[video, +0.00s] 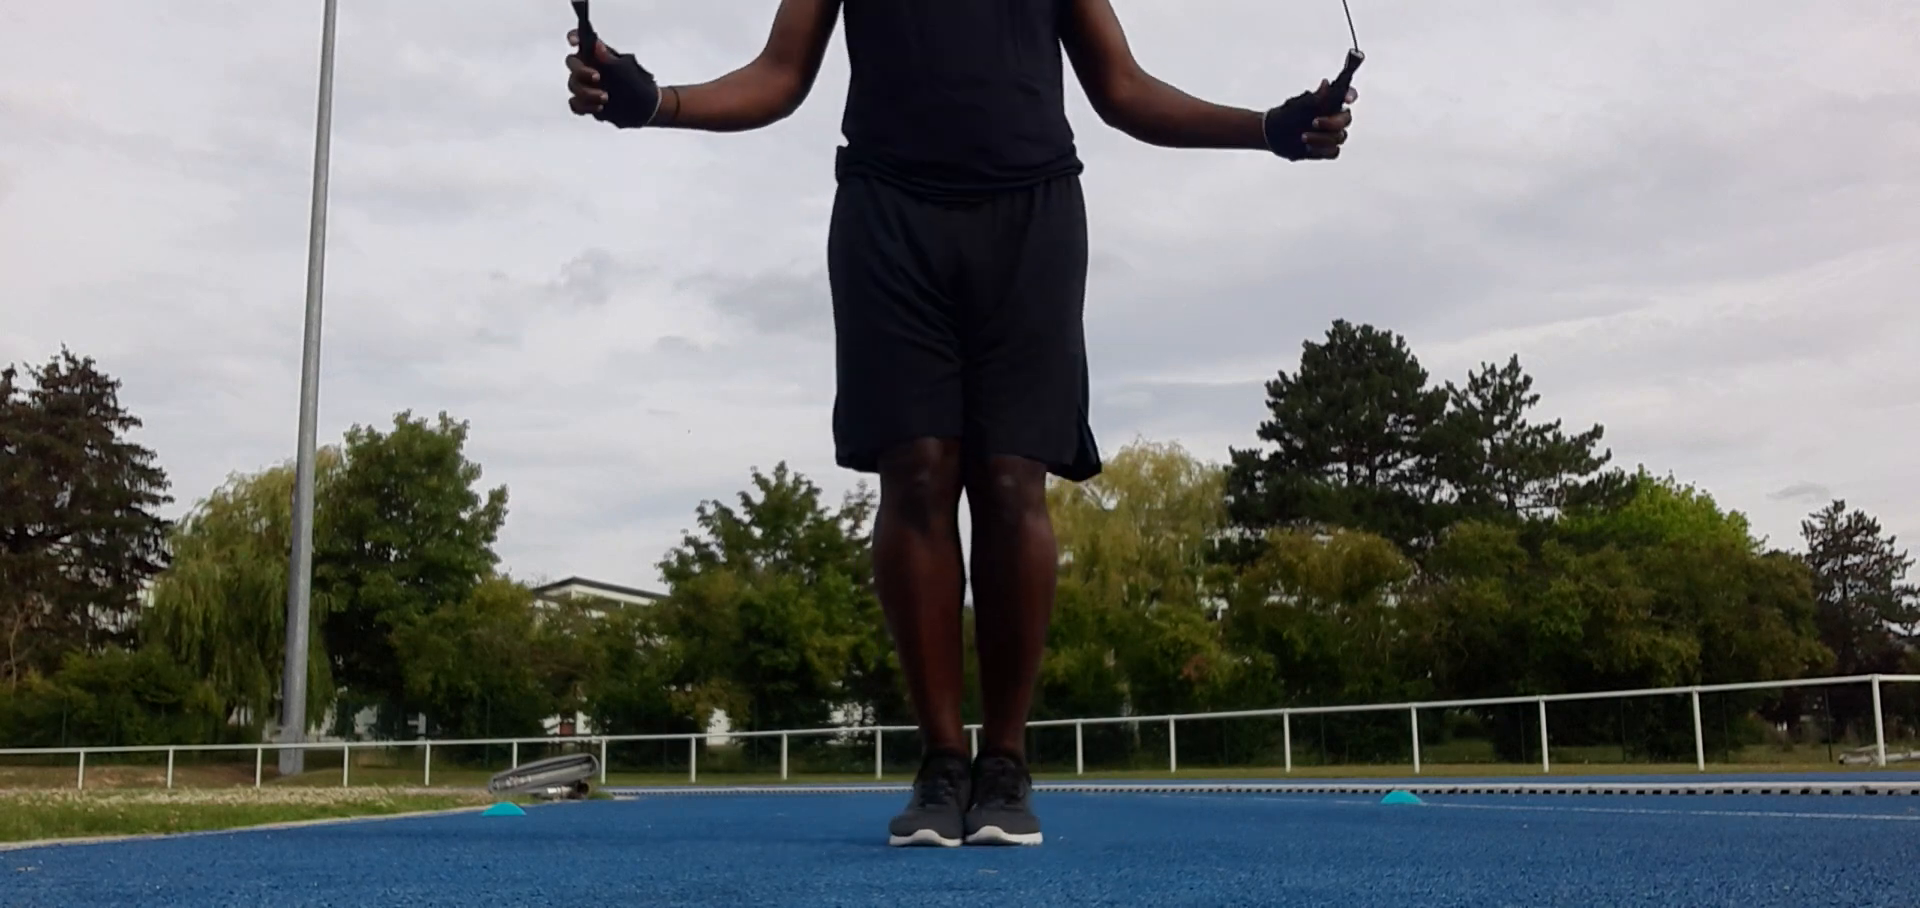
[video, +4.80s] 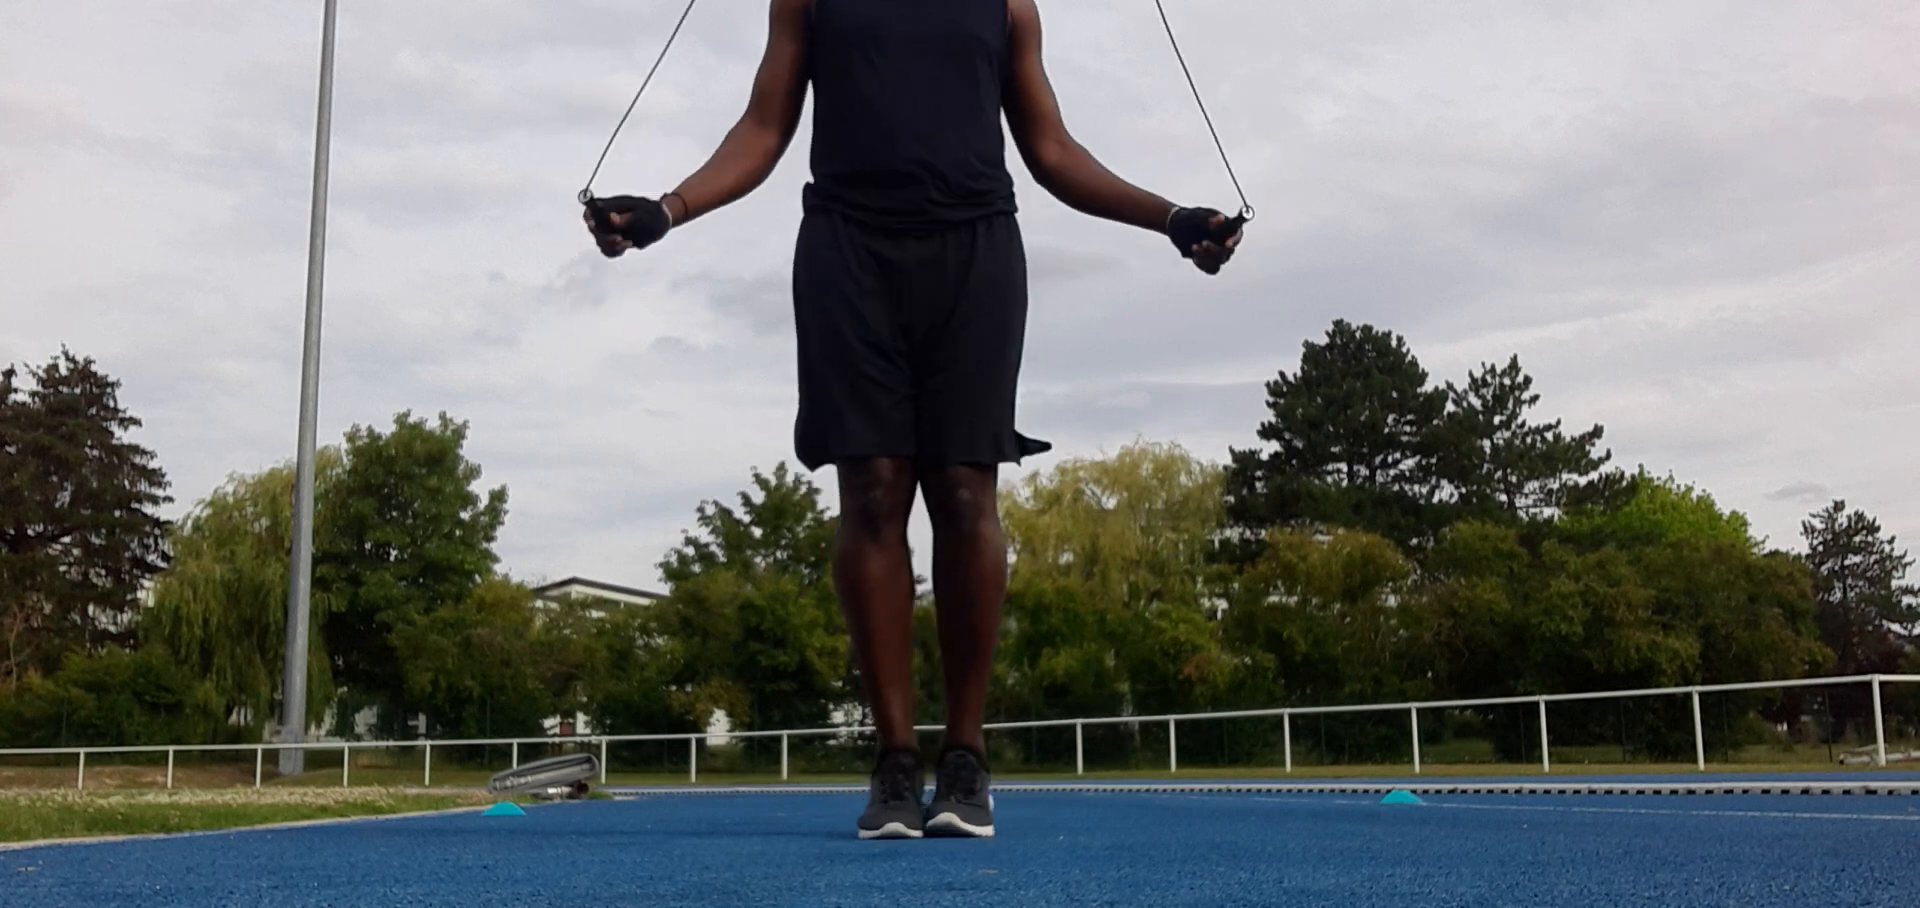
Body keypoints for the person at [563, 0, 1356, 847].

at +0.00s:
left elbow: (1122, 87)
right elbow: (779, 73)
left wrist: (1266, 126)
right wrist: (658, 99)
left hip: (1029, 204)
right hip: (887, 204)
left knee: (1011, 477)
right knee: (917, 472)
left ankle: (1004, 767)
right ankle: (942, 768)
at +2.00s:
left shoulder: (1013, 4)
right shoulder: (810, 2)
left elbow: (1062, 105)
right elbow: (764, 87)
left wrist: (1205, 192)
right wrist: (633, 190)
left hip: (987, 188)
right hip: (853, 186)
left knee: (964, 452)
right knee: (880, 450)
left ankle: (960, 739)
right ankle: (899, 741)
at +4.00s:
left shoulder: (1008, 9)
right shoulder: (805, 8)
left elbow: (1066, 151)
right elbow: (760, 140)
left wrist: (1197, 182)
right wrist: (644, 174)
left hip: (977, 264)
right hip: (851, 264)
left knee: (961, 507)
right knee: (875, 507)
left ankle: (966, 768)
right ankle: (909, 772)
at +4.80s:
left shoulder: (1007, 9)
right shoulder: (805, 4)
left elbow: (1051, 149)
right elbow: (764, 127)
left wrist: (1171, 215)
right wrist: (665, 209)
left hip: (974, 247)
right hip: (850, 248)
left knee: (964, 491)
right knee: (873, 491)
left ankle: (964, 759)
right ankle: (896, 765)